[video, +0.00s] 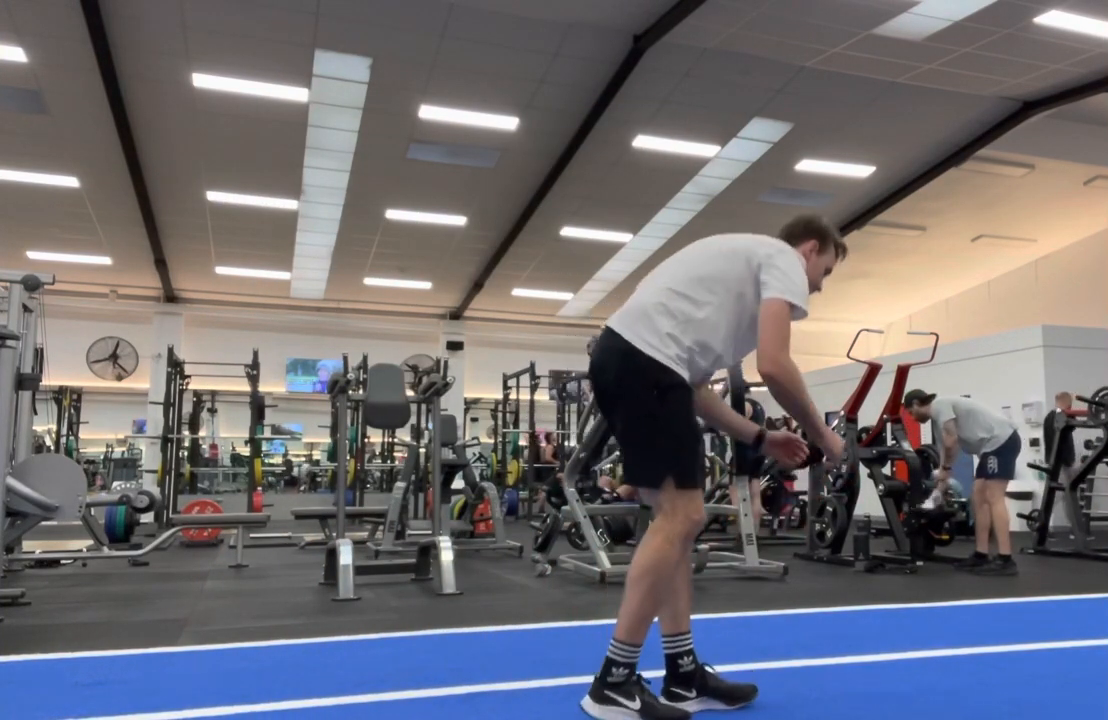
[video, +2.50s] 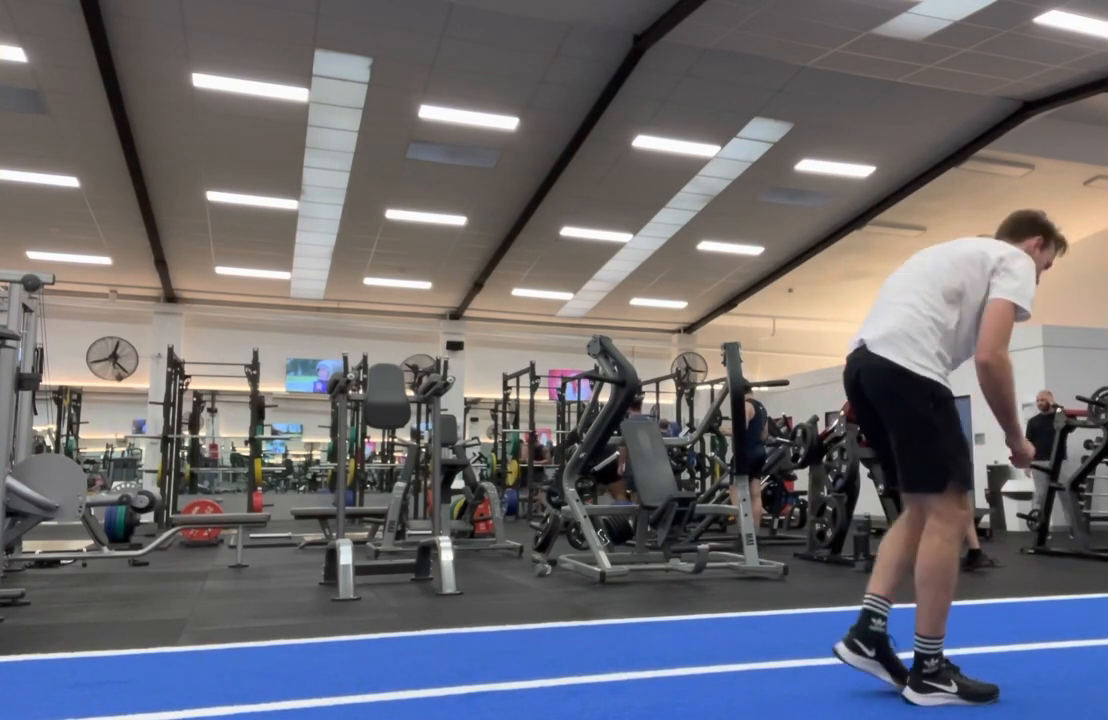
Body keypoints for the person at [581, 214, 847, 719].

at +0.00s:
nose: (821, 282)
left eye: (828, 275)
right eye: (827, 269)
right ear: (810, 249)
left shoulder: (734, 265)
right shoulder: (782, 258)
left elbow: (694, 388)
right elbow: (772, 364)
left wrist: (761, 436)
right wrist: (822, 434)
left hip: (630, 357)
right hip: (648, 360)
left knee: (677, 516)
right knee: (681, 514)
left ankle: (683, 671)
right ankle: (615, 679)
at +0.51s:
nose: (852, 190)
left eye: (855, 181)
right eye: (853, 179)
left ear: (807, 167)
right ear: (835, 167)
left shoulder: (759, 215)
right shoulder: (817, 204)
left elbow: (735, 306)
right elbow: (784, 289)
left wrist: (791, 385)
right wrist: (821, 386)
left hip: (716, 373)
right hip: (759, 373)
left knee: (751, 514)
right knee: (789, 515)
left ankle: (699, 650)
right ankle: (772, 671)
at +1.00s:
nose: (918, 231)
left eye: (922, 225)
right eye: (921, 222)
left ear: (881, 197)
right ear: (906, 202)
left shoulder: (821, 232)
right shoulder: (888, 227)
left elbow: (809, 324)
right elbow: (861, 311)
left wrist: (857, 389)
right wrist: (890, 409)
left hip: (768, 372)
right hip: (818, 373)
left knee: (822, 512)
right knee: (885, 500)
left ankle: (828, 659)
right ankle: (831, 644)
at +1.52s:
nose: (966, 412)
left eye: (974, 410)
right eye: (976, 406)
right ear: (978, 378)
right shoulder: (954, 368)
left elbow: (833, 446)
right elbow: (913, 455)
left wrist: (806, 538)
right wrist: (901, 553)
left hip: (774, 369)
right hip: (810, 373)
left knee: (830, 517)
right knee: (857, 521)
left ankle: (834, 665)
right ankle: (910, 668)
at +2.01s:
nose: (981, 446)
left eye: (988, 440)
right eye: (989, 434)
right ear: (991, 408)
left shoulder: (899, 408)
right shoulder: (971, 380)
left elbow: (911, 499)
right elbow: (989, 501)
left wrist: (959, 574)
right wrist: (1033, 580)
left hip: (788, 369)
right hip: (829, 370)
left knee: (837, 521)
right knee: (875, 520)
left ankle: (833, 665)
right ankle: (915, 669)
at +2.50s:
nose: (1042, 273)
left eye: (1046, 267)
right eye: (1046, 263)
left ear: (1008, 237)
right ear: (1035, 244)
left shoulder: (959, 254)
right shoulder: (1012, 260)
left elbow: (898, 325)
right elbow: (989, 357)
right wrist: (1015, 436)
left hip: (866, 366)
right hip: (911, 371)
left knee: (918, 509)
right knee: (948, 517)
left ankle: (868, 631)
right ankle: (929, 667)